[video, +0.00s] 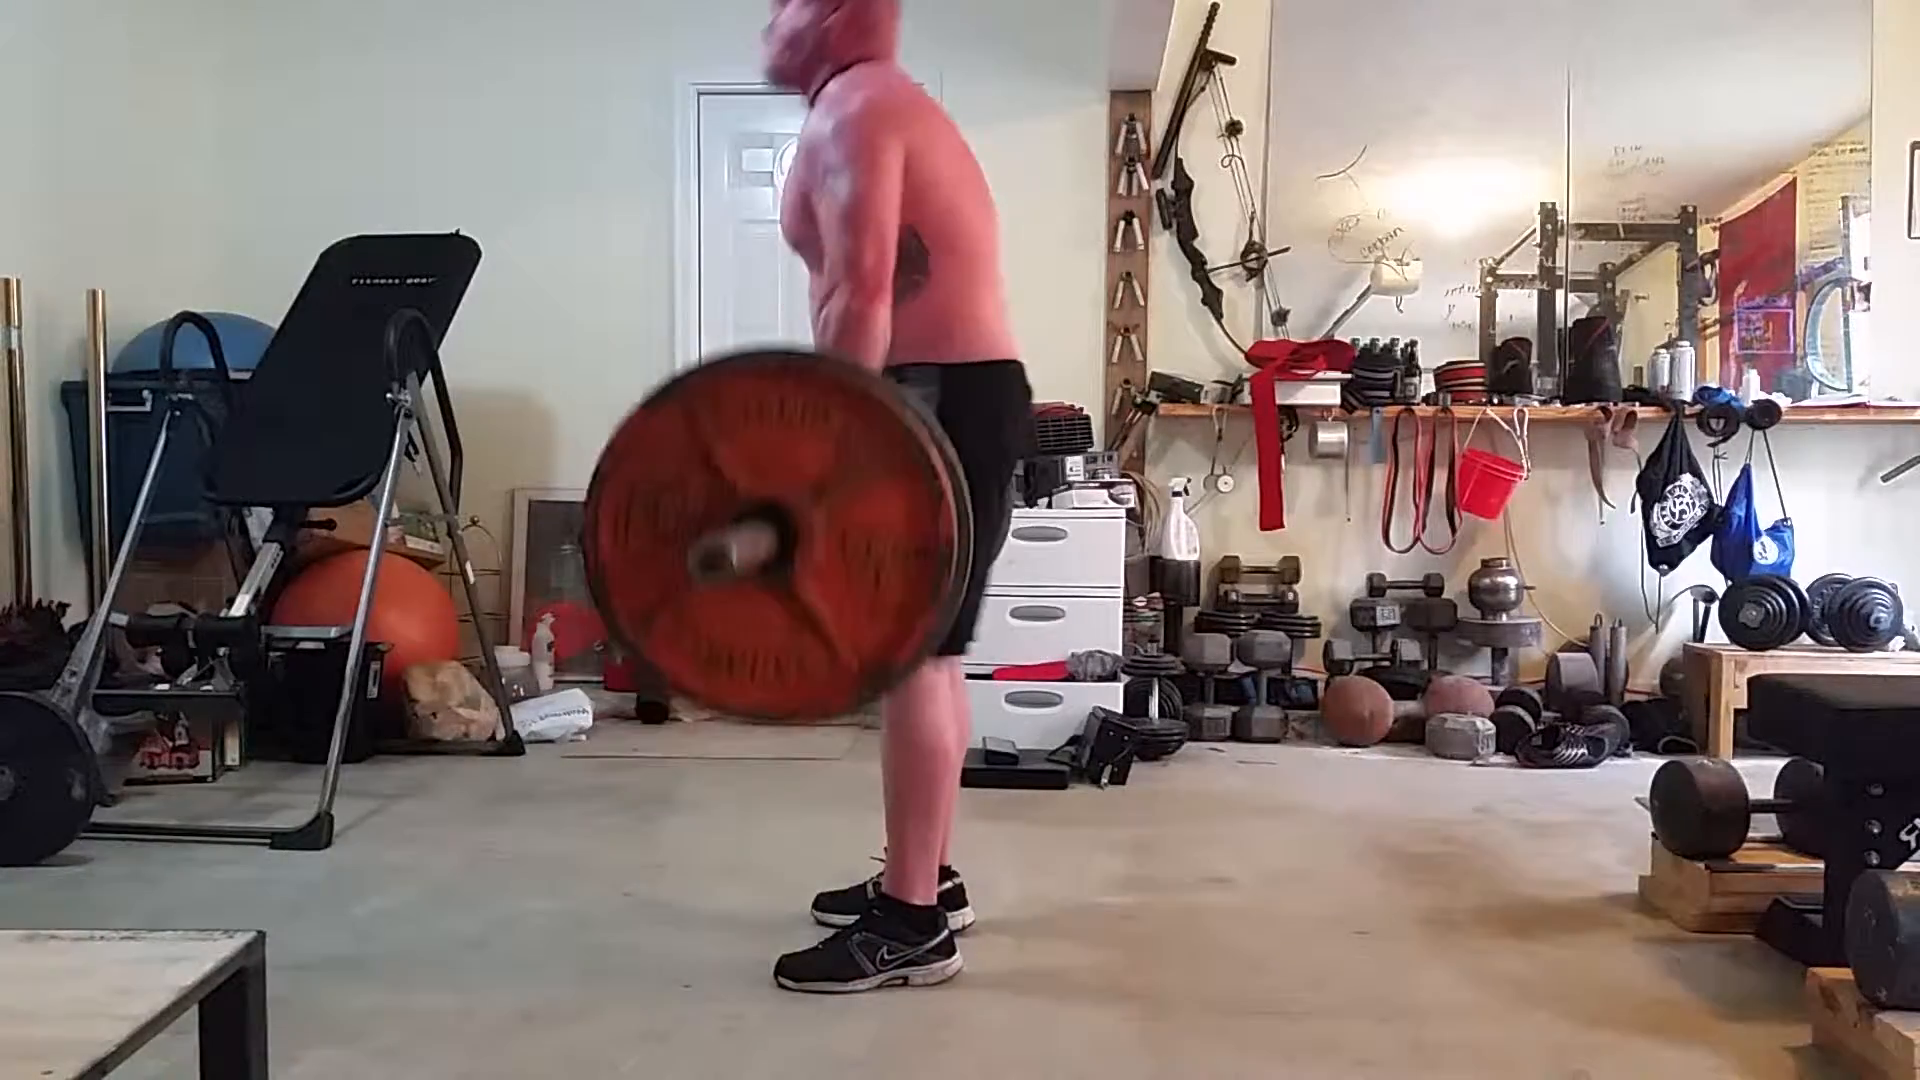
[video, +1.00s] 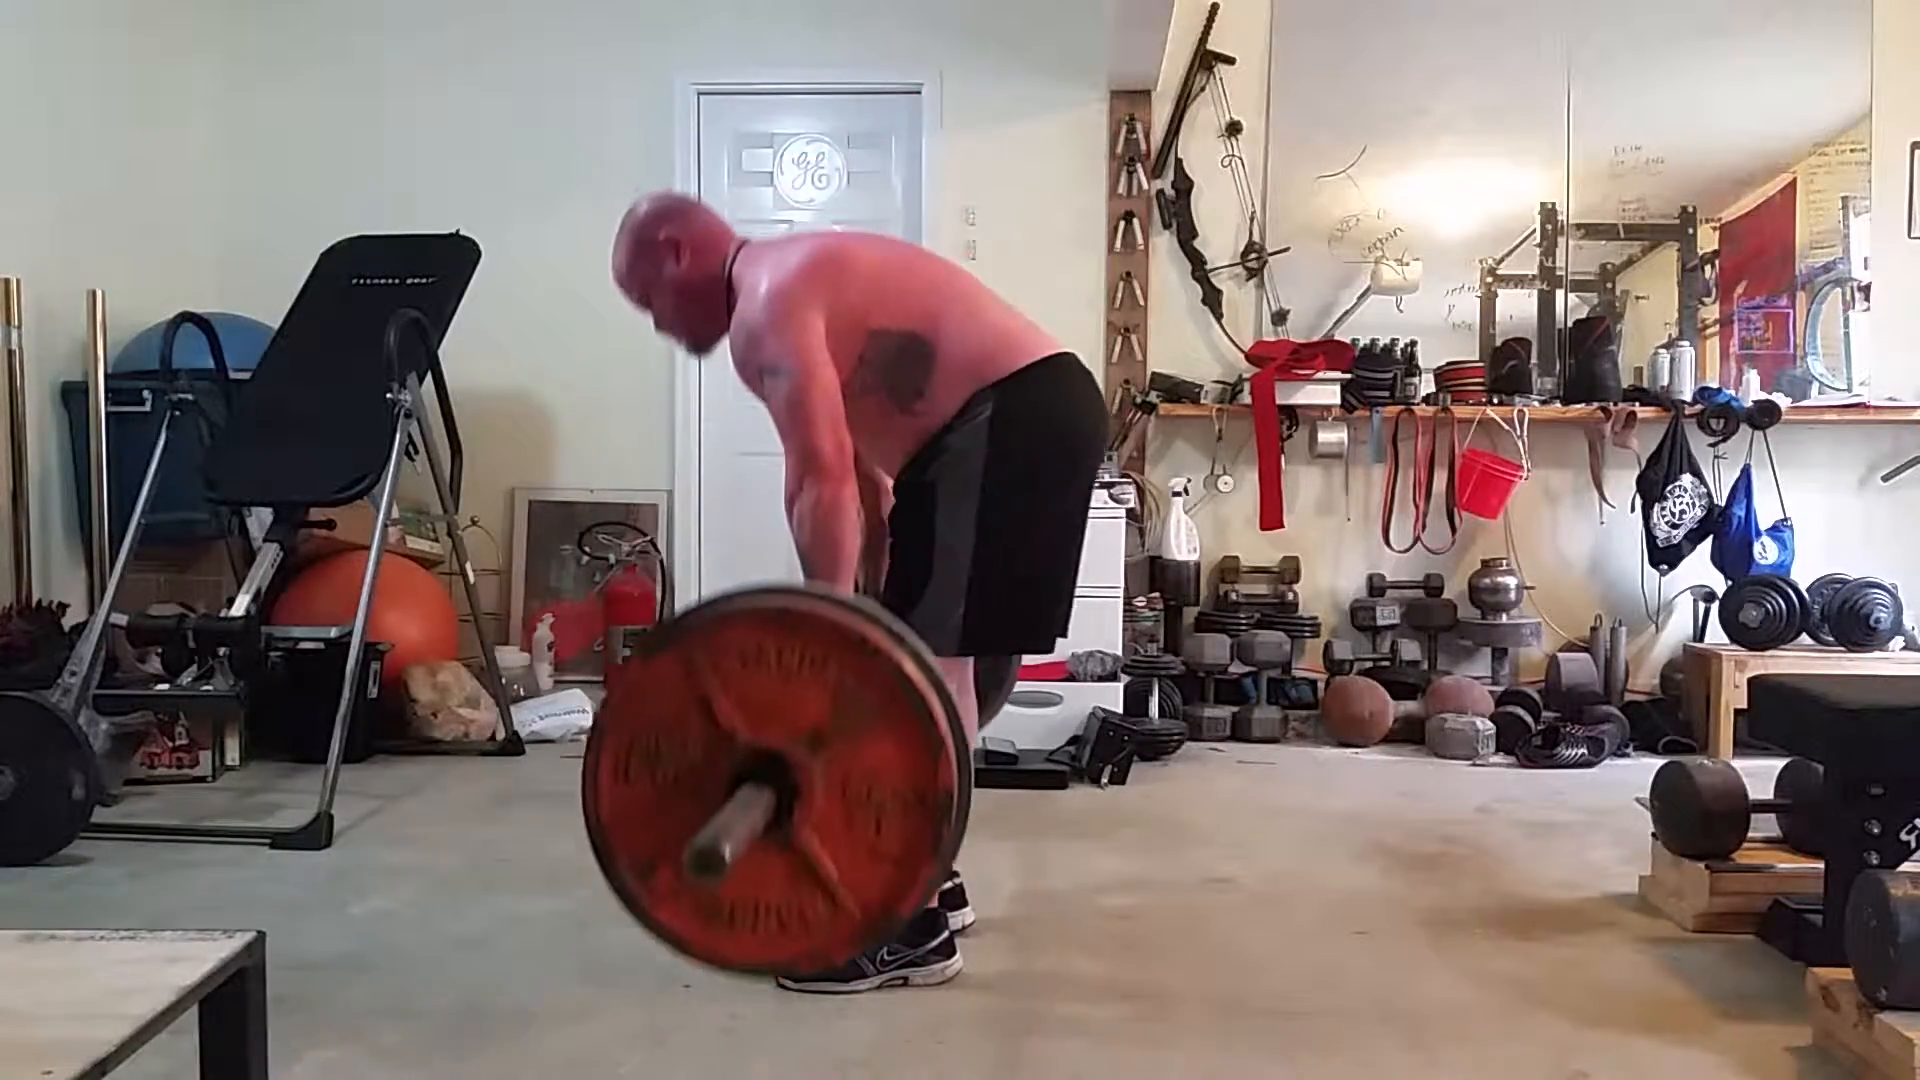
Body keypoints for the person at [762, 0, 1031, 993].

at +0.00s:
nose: (769, 21)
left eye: (787, 4)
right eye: (775, 6)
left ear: (841, 13)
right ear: (853, 21)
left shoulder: (860, 112)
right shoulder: (855, 115)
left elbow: (860, 294)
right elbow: (841, 302)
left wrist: (822, 454)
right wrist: (803, 451)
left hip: (945, 395)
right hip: (946, 395)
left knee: (921, 656)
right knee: (922, 654)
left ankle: (913, 917)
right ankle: (922, 882)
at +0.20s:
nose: (818, 7)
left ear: (869, 2)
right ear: (911, 10)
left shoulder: (894, 81)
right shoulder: (912, 87)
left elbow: (881, 268)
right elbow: (863, 277)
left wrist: (815, 420)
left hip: (931, 395)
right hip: (944, 393)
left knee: (910, 651)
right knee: (913, 649)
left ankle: (914, 918)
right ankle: (921, 881)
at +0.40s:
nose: (773, 27)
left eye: (788, 8)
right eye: (777, 11)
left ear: (842, 15)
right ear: (858, 22)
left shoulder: (872, 109)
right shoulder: (868, 113)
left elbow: (865, 295)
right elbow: (860, 306)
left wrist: (820, 460)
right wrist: (811, 457)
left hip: (941, 400)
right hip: (946, 400)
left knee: (897, 648)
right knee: (910, 648)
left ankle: (907, 918)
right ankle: (924, 879)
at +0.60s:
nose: (687, 137)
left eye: (691, 110)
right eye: (683, 114)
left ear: (740, 86)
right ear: (752, 85)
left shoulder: (814, 162)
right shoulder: (810, 162)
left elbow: (840, 346)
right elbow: (839, 345)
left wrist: (816, 519)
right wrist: (807, 516)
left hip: (961, 404)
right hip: (945, 403)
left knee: (909, 650)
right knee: (918, 647)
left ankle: (911, 913)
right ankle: (922, 877)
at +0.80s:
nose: (657, 242)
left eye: (652, 217)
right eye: (646, 226)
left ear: (692, 172)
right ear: (698, 170)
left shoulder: (781, 234)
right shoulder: (779, 241)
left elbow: (828, 414)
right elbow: (827, 419)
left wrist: (821, 585)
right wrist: (826, 579)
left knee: (917, 660)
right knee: (914, 652)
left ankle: (911, 913)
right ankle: (922, 877)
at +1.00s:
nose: (660, 326)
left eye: (650, 302)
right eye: (646, 310)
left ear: (680, 254)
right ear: (693, 246)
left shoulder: (772, 303)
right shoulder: (790, 288)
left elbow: (824, 480)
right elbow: (869, 488)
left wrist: (817, 653)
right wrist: (858, 628)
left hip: (1006, 421)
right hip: (995, 423)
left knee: (926, 666)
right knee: (925, 666)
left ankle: (905, 921)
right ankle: (918, 886)